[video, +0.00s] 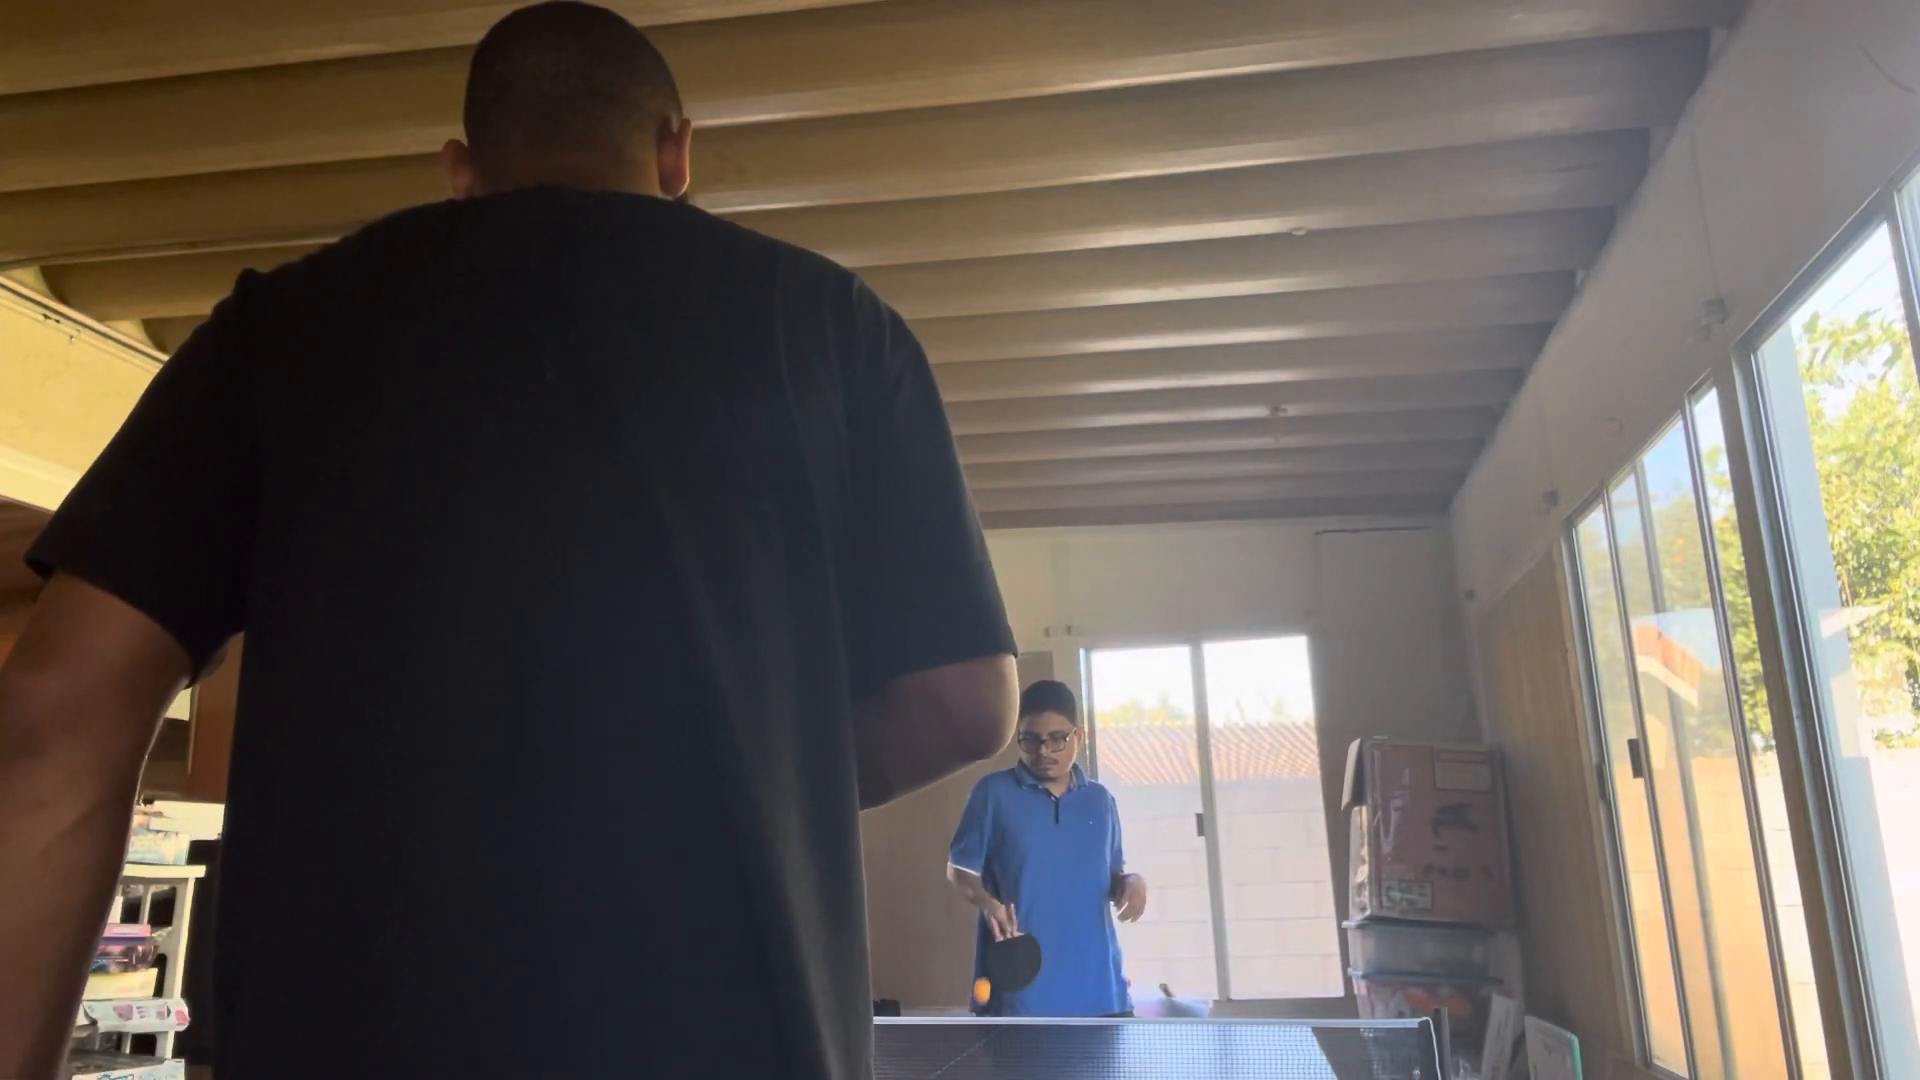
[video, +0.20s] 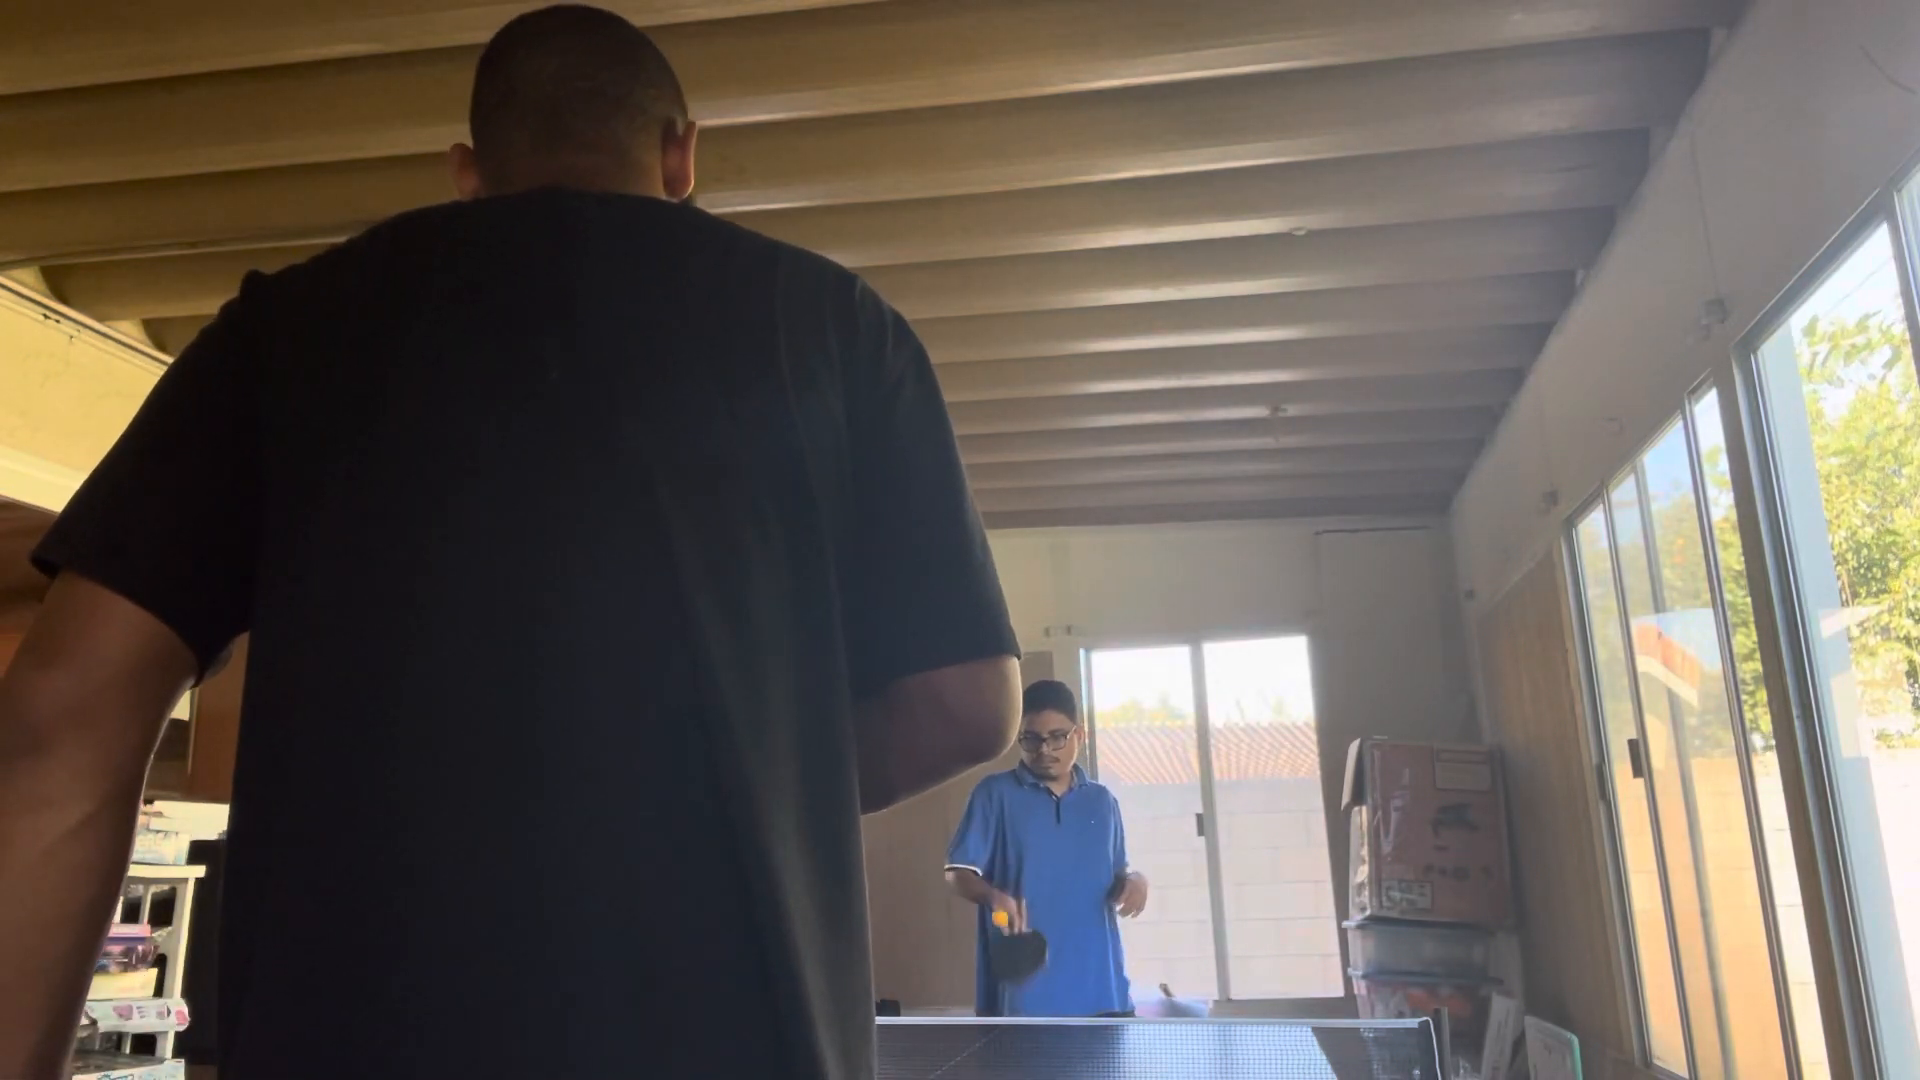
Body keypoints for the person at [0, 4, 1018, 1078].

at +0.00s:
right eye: (690, 156)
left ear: (460, 166)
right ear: (677, 157)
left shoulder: (290, 321)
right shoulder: (828, 317)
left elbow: (64, 700)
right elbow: (956, 705)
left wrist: (27, 1050)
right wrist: (738, 781)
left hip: (343, 1035)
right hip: (729, 1036)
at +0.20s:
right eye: (696, 162)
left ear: (466, 168)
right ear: (683, 160)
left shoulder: (295, 322)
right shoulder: (831, 318)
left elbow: (68, 702)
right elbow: (960, 705)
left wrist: (29, 1047)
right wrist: (734, 789)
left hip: (347, 1029)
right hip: (731, 1031)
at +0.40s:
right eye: (699, 165)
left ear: (473, 168)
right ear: (687, 162)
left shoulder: (302, 321)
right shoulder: (832, 318)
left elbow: (71, 706)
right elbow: (962, 706)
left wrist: (33, 1051)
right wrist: (742, 795)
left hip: (352, 1029)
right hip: (731, 1032)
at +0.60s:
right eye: (699, 167)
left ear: (476, 170)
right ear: (689, 165)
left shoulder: (306, 322)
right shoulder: (838, 327)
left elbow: (74, 706)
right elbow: (953, 723)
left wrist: (33, 1054)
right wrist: (751, 829)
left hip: (360, 1029)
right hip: (735, 1035)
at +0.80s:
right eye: (731, 198)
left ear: (507, 187)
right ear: (713, 192)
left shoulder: (334, 313)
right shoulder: (861, 354)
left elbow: (77, 673)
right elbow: (932, 775)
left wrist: (35, 1050)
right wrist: (803, 959)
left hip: (366, 1034)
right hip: (764, 1044)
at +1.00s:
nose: (764, 257)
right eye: (766, 237)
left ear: (563, 217)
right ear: (751, 231)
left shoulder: (382, 310)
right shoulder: (893, 379)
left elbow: (107, 635)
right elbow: (949, 797)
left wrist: (38, 1043)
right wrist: (858, 968)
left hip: (388, 1034)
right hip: (785, 1043)